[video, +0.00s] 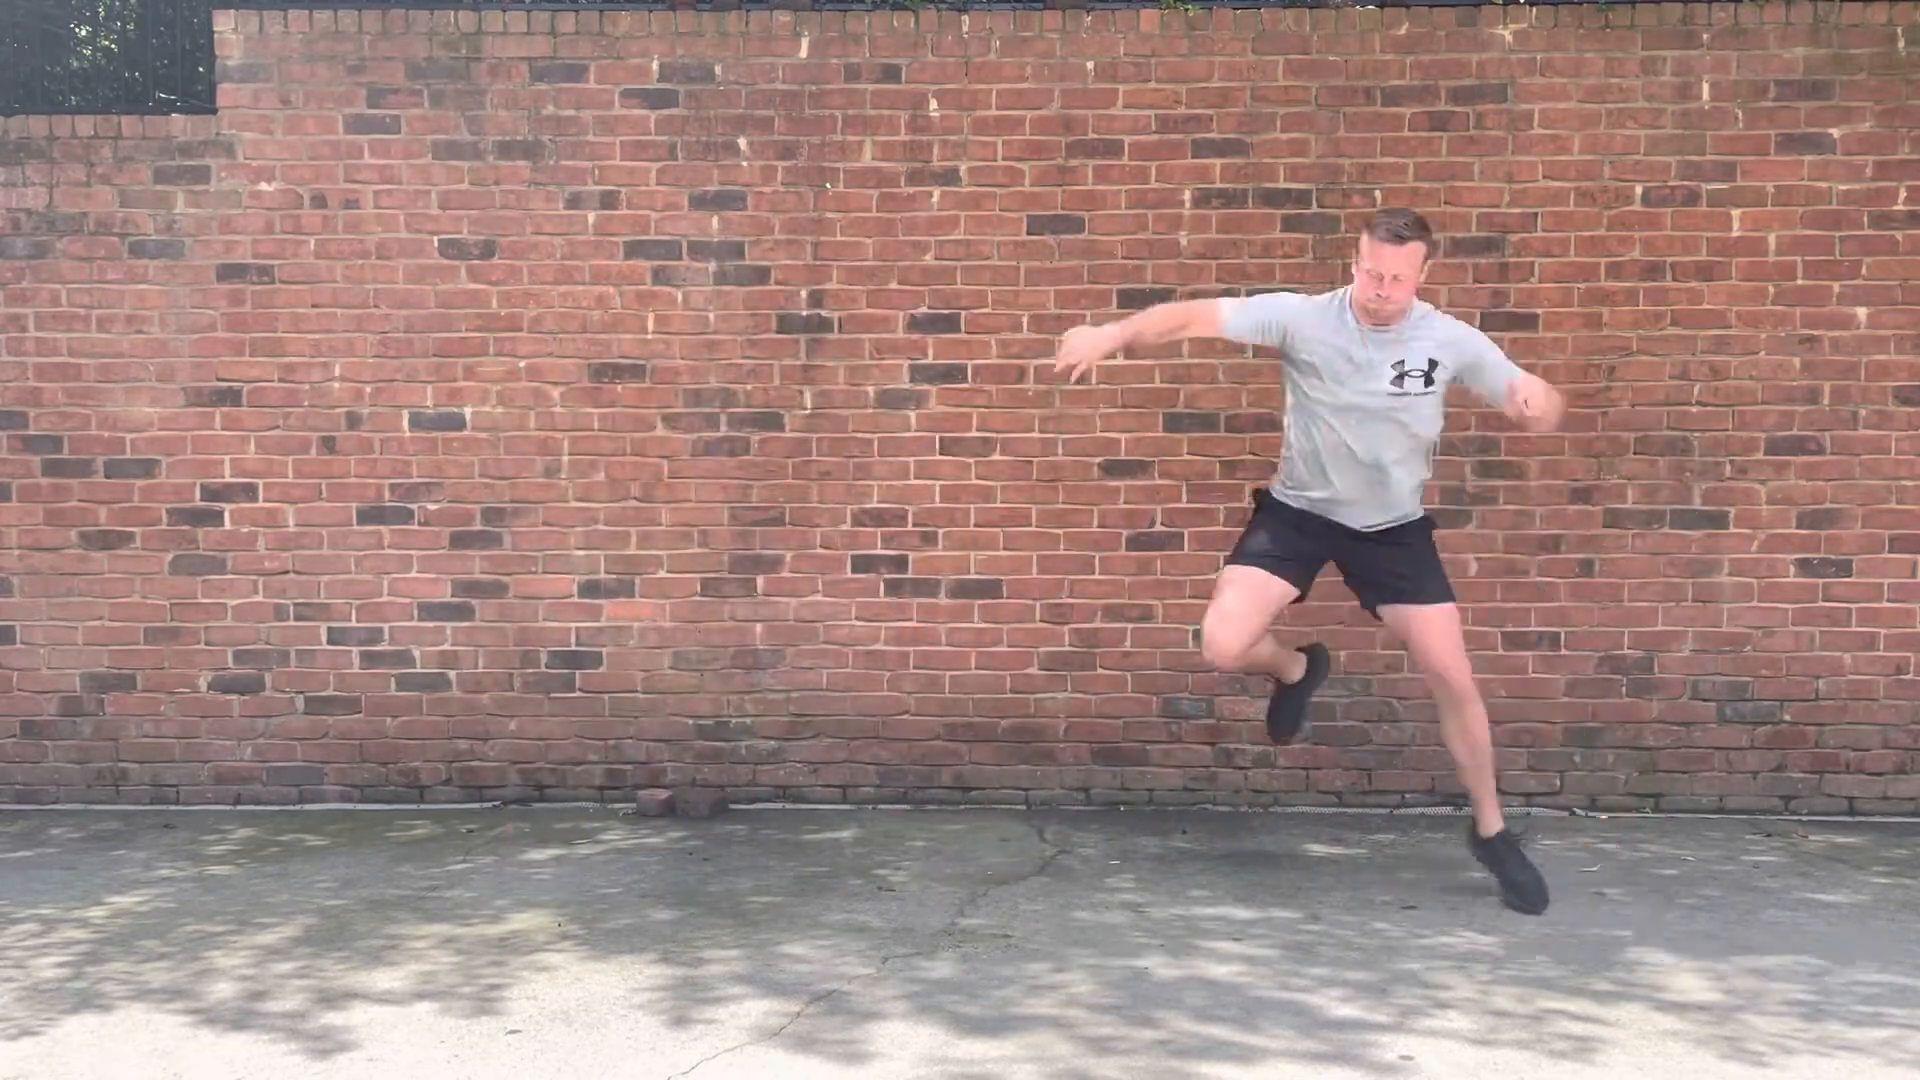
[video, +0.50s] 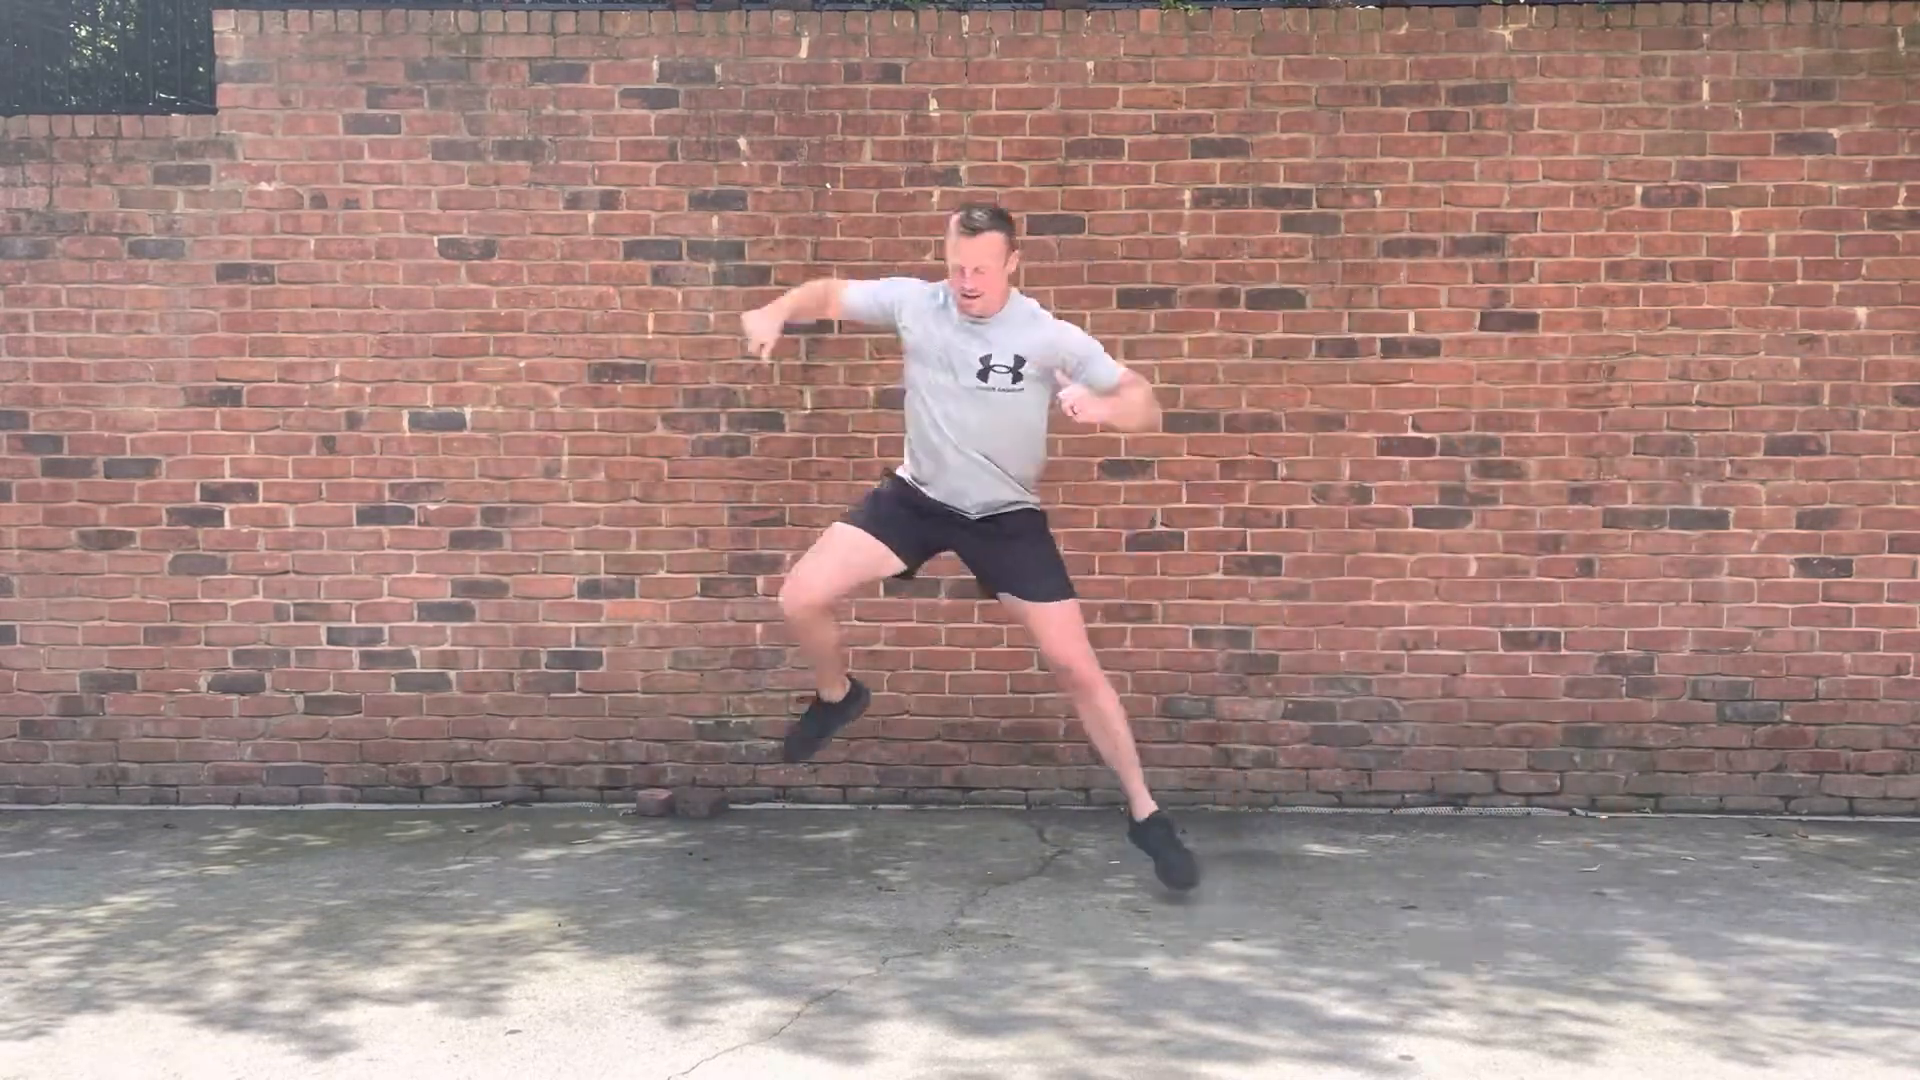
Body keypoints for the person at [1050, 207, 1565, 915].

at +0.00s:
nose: (1381, 291)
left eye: (1398, 279)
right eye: (1372, 274)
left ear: (1422, 276)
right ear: (1355, 262)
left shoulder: (1449, 340)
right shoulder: (1301, 318)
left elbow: (1533, 402)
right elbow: (1191, 316)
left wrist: (1539, 404)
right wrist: (1105, 335)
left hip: (1393, 526)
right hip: (1296, 514)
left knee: (1453, 674)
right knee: (1223, 642)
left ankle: (1492, 831)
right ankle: (1297, 670)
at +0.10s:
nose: (1322, 285)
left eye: (1339, 272)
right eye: (1311, 267)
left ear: (1360, 267)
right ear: (1292, 253)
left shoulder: (1383, 337)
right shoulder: (1235, 315)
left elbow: (1426, 421)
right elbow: (1137, 347)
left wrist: (1445, 449)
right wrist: (1046, 398)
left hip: (1321, 519)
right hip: (1230, 512)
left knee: (1348, 669)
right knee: (1196, 663)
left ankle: (1307, 814)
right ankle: (1258, 676)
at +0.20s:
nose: (1256, 315)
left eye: (1272, 305)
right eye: (1247, 300)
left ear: (1297, 305)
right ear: (1232, 290)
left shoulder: (1315, 385)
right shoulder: (1177, 345)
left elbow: (1344, 461)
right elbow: (1106, 399)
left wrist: (1353, 489)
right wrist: (1047, 478)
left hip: (1247, 551)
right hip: (1159, 541)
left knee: (1241, 706)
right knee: (1142, 693)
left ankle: (1210, 852)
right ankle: (1192, 734)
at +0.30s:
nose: (1180, 349)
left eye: (1197, 337)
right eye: (1172, 333)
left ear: (1223, 339)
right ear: (1158, 327)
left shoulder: (1242, 424)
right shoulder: (1107, 376)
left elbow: (1286, 499)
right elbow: (1044, 423)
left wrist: (1300, 518)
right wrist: (1015, 483)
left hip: (1177, 573)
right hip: (1086, 560)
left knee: (1205, 722)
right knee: (1029, 699)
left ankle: (1202, 855)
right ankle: (1092, 743)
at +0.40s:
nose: (1080, 322)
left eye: (1095, 309)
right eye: (1071, 306)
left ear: (1123, 306)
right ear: (1058, 297)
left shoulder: (1150, 381)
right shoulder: (1021, 342)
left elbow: (1237, 472)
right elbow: (924, 356)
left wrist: (1181, 431)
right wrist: (949, 350)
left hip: (1097, 553)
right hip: (1005, 535)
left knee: (1144, 694)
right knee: (909, 638)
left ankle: (1198, 847)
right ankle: (978, 697)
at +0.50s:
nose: (967, 284)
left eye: (982, 271)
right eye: (957, 270)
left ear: (1011, 264)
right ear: (945, 260)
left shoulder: (1046, 333)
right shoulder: (914, 302)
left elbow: (1144, 408)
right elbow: (828, 297)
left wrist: (1103, 408)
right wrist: (778, 310)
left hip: (1008, 517)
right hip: (915, 499)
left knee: (1073, 663)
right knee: (800, 597)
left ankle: (1145, 811)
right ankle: (837, 694)